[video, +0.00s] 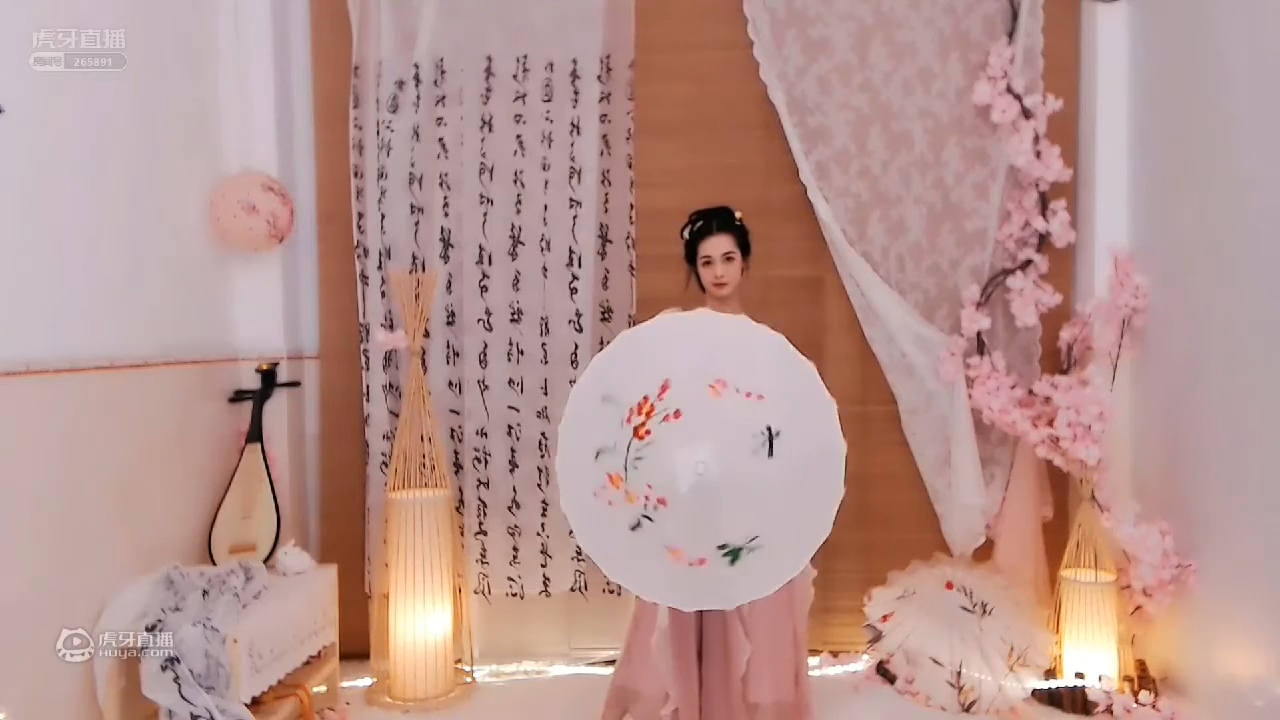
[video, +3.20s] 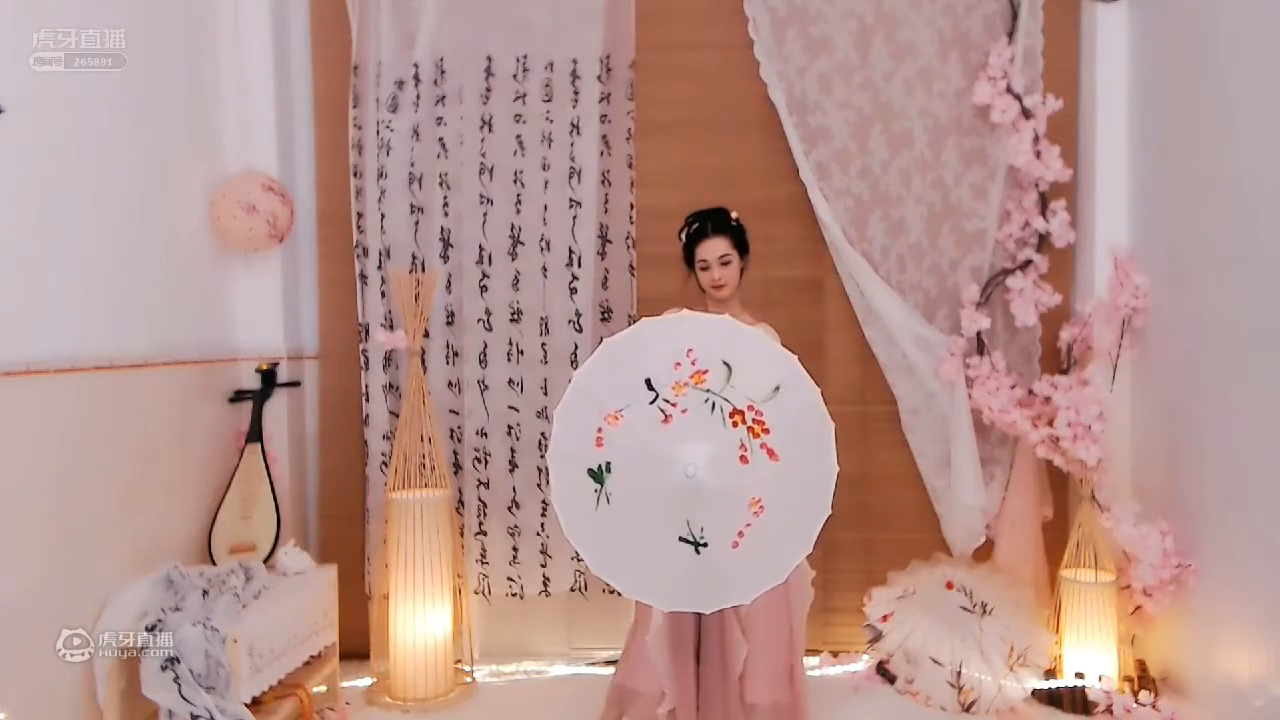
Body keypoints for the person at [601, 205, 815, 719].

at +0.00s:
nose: (718, 271)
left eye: (728, 258)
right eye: (707, 261)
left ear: (744, 263)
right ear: (694, 267)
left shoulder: (766, 343)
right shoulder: (671, 333)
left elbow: (796, 430)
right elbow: (635, 415)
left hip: (752, 499)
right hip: (682, 498)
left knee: (750, 618)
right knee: (681, 620)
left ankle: (747, 712)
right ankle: (677, 713)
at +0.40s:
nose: (716, 272)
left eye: (726, 259)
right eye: (705, 262)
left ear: (742, 263)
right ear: (693, 268)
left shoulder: (761, 339)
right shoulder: (674, 333)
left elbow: (786, 427)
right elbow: (649, 418)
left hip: (747, 490)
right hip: (685, 486)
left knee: (746, 604)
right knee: (681, 604)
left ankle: (745, 710)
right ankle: (678, 711)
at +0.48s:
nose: (716, 271)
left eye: (726, 259)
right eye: (705, 261)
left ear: (742, 263)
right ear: (693, 268)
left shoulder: (760, 337)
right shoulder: (672, 334)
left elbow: (785, 427)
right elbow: (647, 417)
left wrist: (786, 511)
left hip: (746, 492)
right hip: (683, 489)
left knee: (745, 608)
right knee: (680, 608)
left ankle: (744, 710)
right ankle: (677, 711)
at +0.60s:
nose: (716, 272)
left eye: (726, 259)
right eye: (705, 262)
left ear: (742, 264)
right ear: (692, 268)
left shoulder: (759, 338)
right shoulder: (671, 333)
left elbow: (783, 427)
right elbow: (644, 417)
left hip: (744, 490)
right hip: (682, 487)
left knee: (743, 606)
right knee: (679, 605)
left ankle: (743, 710)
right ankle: (676, 710)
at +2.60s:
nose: (715, 273)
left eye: (725, 260)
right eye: (704, 263)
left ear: (742, 263)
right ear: (692, 268)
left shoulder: (760, 338)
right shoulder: (668, 334)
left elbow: (786, 429)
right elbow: (645, 421)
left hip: (745, 493)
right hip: (678, 491)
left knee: (743, 610)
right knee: (678, 610)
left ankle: (743, 709)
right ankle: (676, 710)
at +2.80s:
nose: (715, 272)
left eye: (724, 259)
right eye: (704, 262)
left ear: (742, 262)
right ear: (692, 268)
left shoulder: (760, 337)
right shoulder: (671, 332)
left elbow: (786, 426)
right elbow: (646, 417)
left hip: (745, 489)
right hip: (679, 486)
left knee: (743, 605)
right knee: (679, 605)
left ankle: (743, 709)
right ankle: (676, 709)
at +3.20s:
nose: (715, 274)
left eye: (724, 262)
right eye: (704, 264)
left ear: (742, 263)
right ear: (692, 269)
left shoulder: (761, 336)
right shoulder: (673, 329)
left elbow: (782, 426)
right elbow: (648, 411)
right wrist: (669, 337)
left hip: (745, 487)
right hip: (680, 484)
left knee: (743, 603)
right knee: (680, 603)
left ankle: (741, 709)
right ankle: (677, 710)